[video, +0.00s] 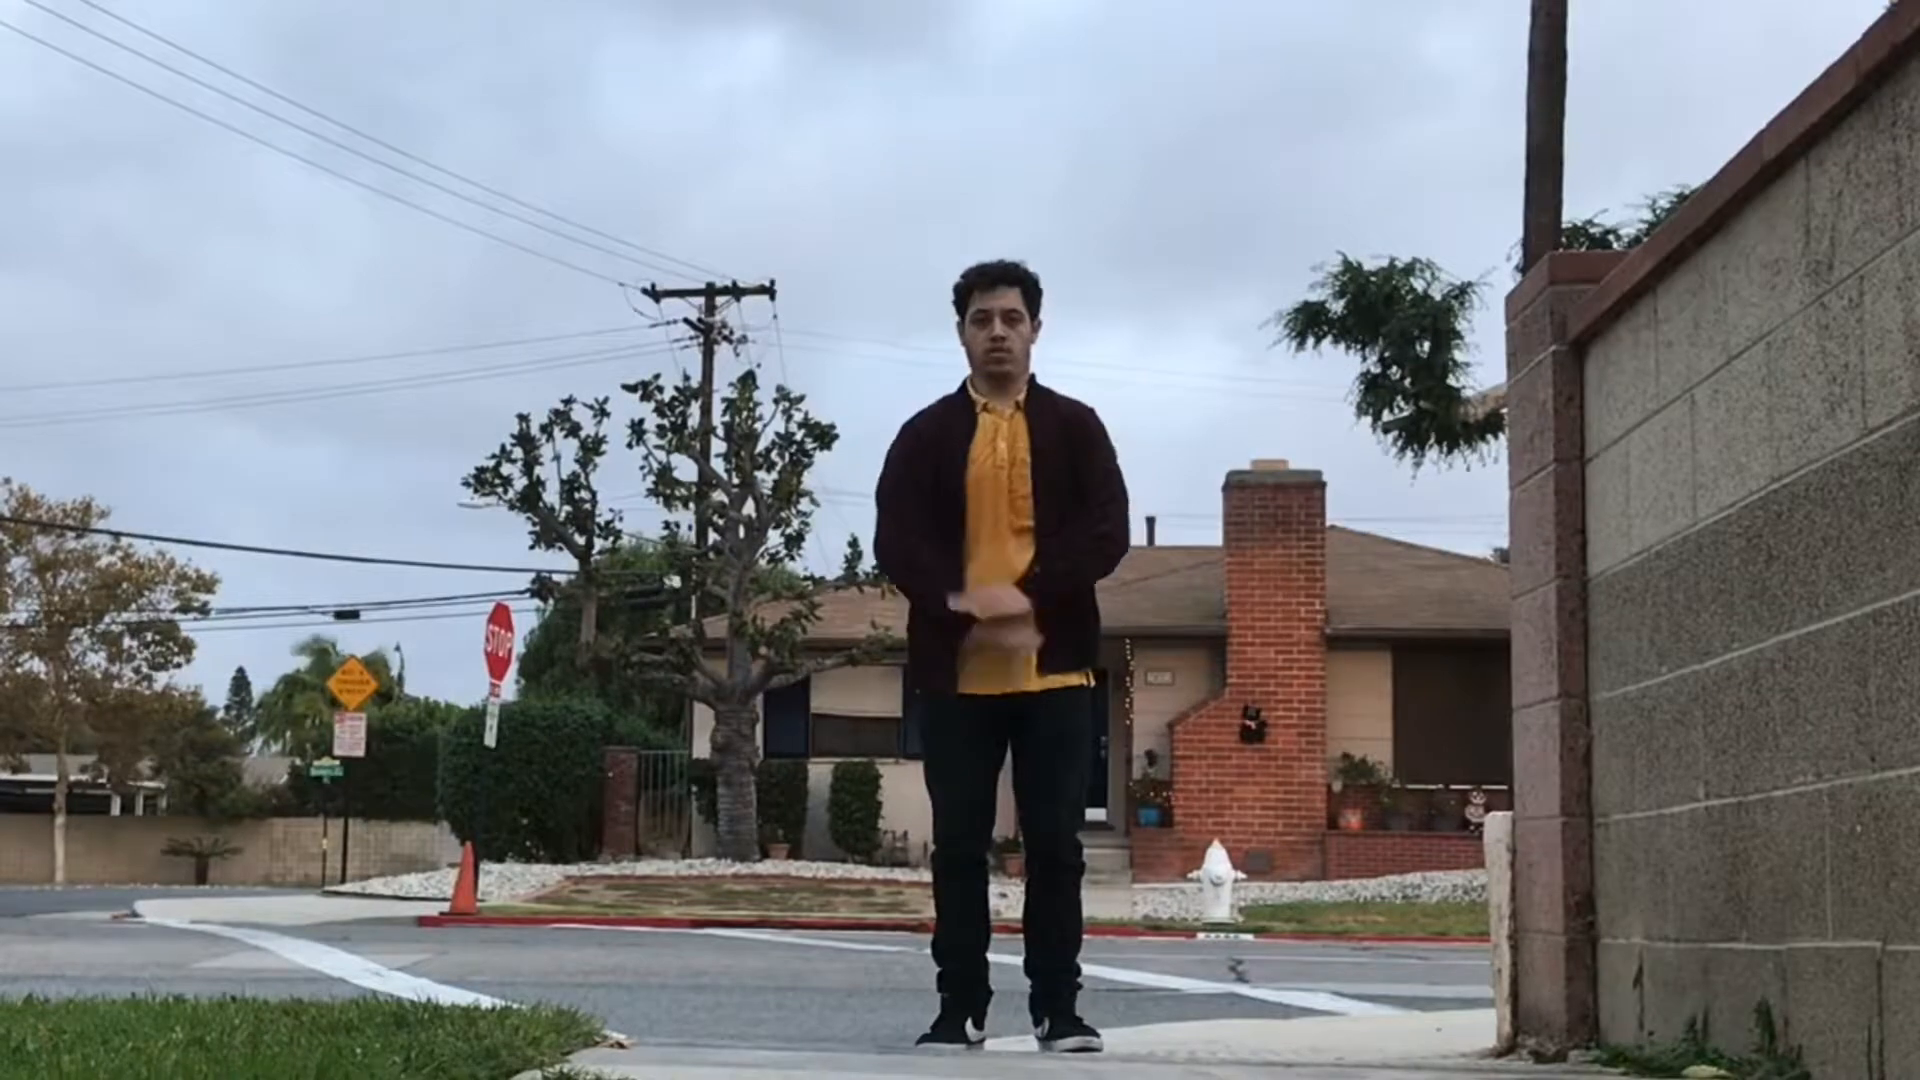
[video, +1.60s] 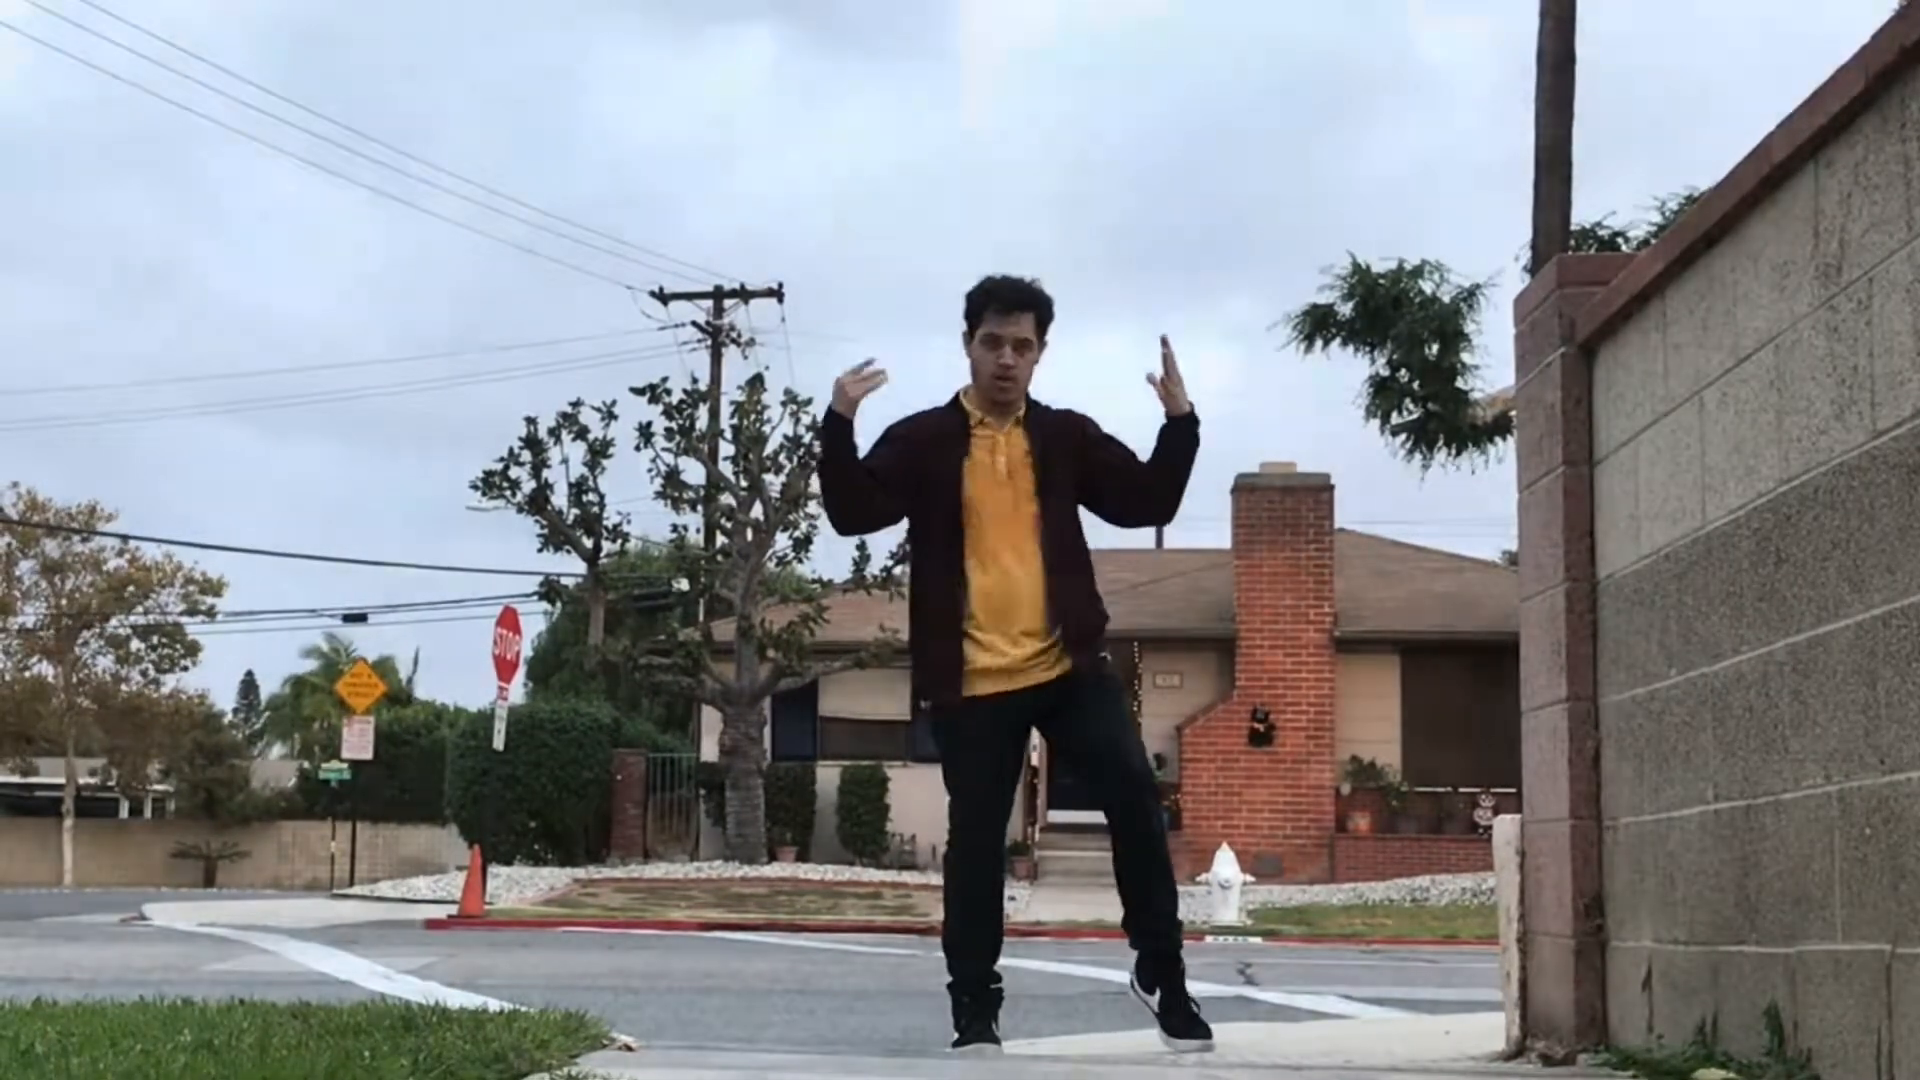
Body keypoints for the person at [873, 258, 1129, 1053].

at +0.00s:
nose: (997, 332)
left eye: (1011, 319)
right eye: (982, 320)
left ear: (1034, 331)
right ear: (962, 334)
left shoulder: (1076, 425)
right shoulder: (923, 435)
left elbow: (1109, 533)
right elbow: (895, 543)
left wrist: (1025, 594)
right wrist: (959, 597)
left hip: (1057, 679)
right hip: (956, 681)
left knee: (1056, 850)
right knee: (958, 851)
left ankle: (1058, 1011)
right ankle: (960, 1012)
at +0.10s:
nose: (998, 333)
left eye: (1013, 319)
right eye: (983, 320)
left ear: (1035, 332)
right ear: (962, 336)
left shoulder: (1077, 428)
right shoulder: (925, 438)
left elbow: (1104, 539)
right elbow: (906, 555)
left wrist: (1102, 635)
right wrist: (897, 659)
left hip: (1058, 673)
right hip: (958, 677)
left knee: (1058, 849)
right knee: (961, 851)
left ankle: (1060, 1010)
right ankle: (962, 1011)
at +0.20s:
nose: (999, 329)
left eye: (1013, 316)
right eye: (984, 317)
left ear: (1036, 329)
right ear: (964, 333)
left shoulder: (1080, 424)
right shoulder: (926, 434)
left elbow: (1130, 535)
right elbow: (878, 545)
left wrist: (1204, 593)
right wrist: (795, 617)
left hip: (1061, 678)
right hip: (960, 680)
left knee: (1062, 851)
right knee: (963, 853)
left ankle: (1062, 1011)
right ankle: (964, 1013)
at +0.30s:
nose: (999, 326)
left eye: (1013, 313)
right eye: (984, 314)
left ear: (1037, 328)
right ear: (963, 330)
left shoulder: (1079, 422)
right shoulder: (922, 431)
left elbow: (1158, 506)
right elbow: (846, 525)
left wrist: (1269, 518)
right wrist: (747, 548)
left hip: (1063, 679)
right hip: (963, 682)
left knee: (1063, 849)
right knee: (966, 850)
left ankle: (1065, 1012)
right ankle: (965, 1013)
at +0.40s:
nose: (995, 330)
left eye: (1009, 317)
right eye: (981, 318)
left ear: (1033, 331)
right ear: (959, 332)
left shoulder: (1075, 424)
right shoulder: (916, 434)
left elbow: (1172, 487)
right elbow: (830, 504)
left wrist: (1280, 456)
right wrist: (724, 481)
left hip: (1063, 681)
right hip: (962, 686)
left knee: (1086, 830)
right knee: (970, 846)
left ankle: (1073, 1006)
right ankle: (971, 1015)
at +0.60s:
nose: (988, 335)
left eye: (1002, 324)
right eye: (974, 324)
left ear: (1026, 339)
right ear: (951, 340)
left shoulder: (1066, 428)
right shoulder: (906, 433)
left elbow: (1161, 475)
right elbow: (818, 479)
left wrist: (1230, 394)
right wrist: (779, 386)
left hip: (1059, 675)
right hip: (958, 687)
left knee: (1115, 812)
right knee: (965, 856)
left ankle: (1149, 980)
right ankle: (972, 1017)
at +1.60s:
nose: (1008, 359)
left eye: (1022, 346)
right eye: (994, 344)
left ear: (1040, 353)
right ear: (968, 348)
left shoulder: (1066, 436)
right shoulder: (921, 439)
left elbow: (1151, 502)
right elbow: (851, 511)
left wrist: (1180, 423)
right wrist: (838, 419)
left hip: (1069, 668)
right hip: (973, 682)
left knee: (1132, 791)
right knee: (977, 844)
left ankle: (1164, 974)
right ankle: (974, 1009)